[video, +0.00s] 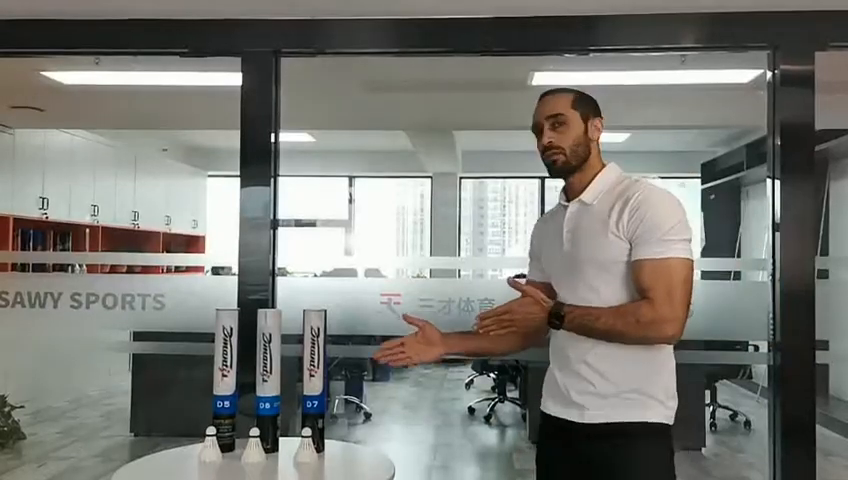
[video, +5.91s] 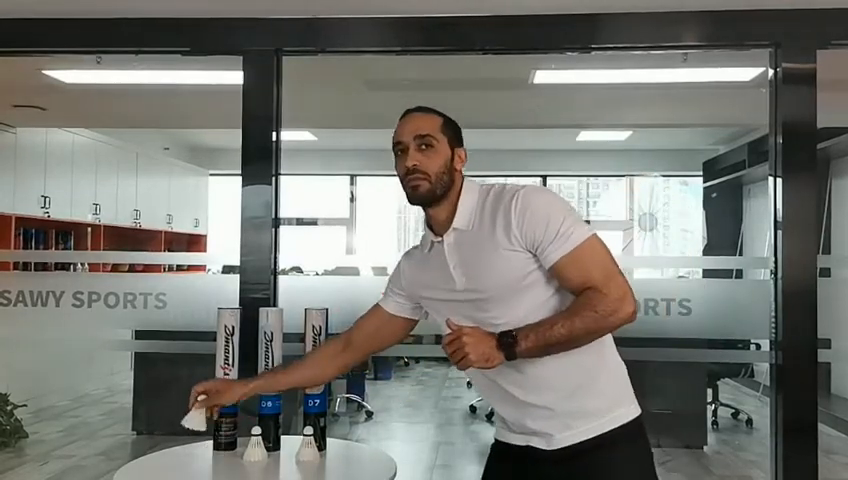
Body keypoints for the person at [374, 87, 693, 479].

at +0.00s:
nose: (545, 140)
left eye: (557, 124)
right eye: (538, 132)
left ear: (595, 128)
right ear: (535, 142)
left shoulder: (650, 205)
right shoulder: (546, 227)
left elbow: (665, 321)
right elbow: (532, 328)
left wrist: (555, 314)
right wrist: (445, 343)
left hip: (633, 425)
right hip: (560, 420)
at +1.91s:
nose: (524, 143)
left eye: (537, 127)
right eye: (519, 134)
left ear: (576, 128)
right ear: (518, 140)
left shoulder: (630, 207)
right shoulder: (532, 224)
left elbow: (642, 327)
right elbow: (521, 325)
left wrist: (534, 322)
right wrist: (441, 327)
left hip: (609, 427)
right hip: (541, 424)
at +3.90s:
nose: (494, 169)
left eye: (502, 151)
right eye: (490, 155)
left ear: (543, 135)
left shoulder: (621, 206)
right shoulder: (510, 224)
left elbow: (659, 327)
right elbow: (494, 324)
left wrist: (544, 321)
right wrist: (404, 342)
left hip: (618, 432)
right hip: (541, 431)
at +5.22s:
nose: (469, 158)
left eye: (479, 143)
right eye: (469, 146)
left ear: (523, 140)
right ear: (513, 143)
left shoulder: (606, 201)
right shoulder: (504, 241)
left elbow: (668, 313)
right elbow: (446, 323)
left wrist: (548, 331)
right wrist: (343, 361)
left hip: (640, 444)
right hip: (555, 440)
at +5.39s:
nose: (426, 179)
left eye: (435, 163)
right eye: (425, 166)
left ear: (479, 159)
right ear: (463, 165)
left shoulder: (562, 213)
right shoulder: (458, 262)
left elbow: (634, 315)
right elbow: (377, 334)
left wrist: (521, 341)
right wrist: (280, 380)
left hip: (619, 449)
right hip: (534, 449)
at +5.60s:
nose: (415, 175)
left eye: (428, 160)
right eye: (405, 165)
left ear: (461, 167)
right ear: (399, 178)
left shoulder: (527, 215)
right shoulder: (418, 278)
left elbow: (616, 305)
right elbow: (339, 352)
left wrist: (512, 347)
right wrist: (247, 407)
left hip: (608, 438)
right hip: (523, 446)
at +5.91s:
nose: (410, 160)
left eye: (424, 145)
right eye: (400, 151)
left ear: (458, 155)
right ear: (396, 167)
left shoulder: (525, 207)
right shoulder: (415, 271)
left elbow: (615, 302)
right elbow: (343, 351)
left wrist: (506, 345)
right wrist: (245, 388)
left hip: (605, 439)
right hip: (516, 449)